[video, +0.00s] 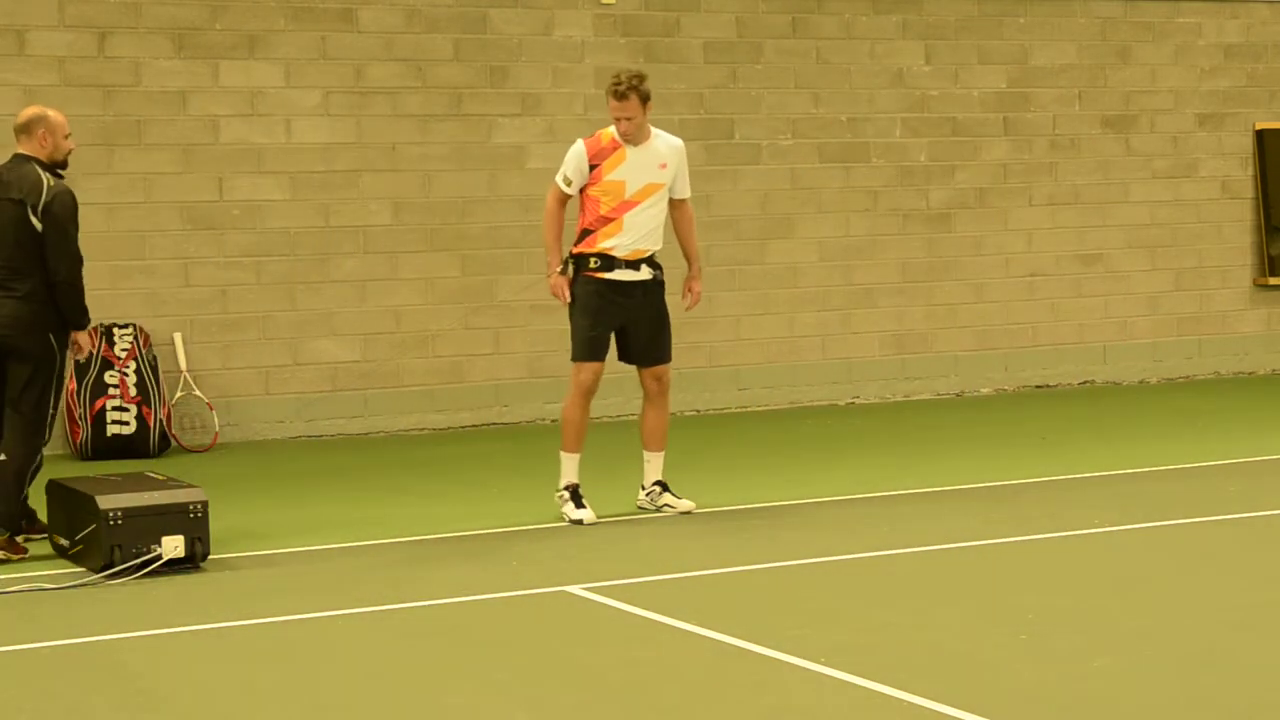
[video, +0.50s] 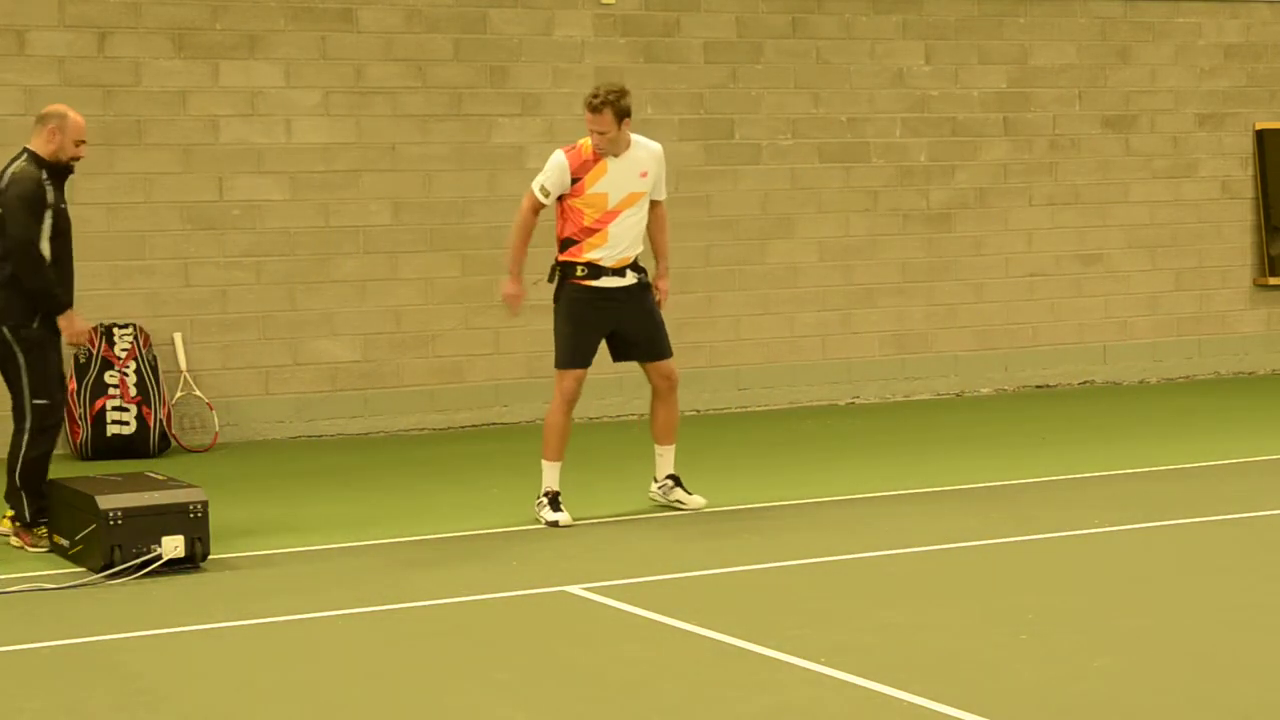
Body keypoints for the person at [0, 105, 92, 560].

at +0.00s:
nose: (72, 145)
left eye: (70, 136)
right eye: (66, 137)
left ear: (31, 137)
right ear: (42, 138)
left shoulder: (3, 178)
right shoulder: (53, 193)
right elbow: (64, 269)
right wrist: (78, 323)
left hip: (5, 322)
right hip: (32, 327)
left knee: (18, 422)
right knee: (26, 427)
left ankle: (20, 515)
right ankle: (4, 529)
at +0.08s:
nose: (73, 147)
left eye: (72, 138)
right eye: (67, 139)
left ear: (33, 140)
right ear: (42, 140)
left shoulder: (7, 179)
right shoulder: (52, 194)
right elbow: (61, 269)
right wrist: (82, 327)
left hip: (7, 322)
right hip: (32, 327)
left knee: (24, 423)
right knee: (31, 427)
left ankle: (23, 516)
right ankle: (6, 527)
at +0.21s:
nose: (78, 148)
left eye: (77, 139)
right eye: (73, 139)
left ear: (38, 137)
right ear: (47, 137)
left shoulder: (6, 176)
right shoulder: (52, 186)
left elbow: (12, 253)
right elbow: (60, 258)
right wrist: (80, 319)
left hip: (2, 316)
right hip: (29, 318)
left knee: (21, 417)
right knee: (49, 419)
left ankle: (26, 517)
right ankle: (1, 515)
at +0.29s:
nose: (81, 150)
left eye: (81, 141)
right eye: (76, 141)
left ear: (42, 135)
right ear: (50, 136)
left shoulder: (9, 175)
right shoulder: (48, 183)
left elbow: (15, 253)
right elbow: (58, 255)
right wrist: (79, 315)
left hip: (3, 313)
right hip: (26, 314)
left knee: (21, 414)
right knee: (52, 410)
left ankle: (24, 516)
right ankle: (4, 513)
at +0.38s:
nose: (83, 152)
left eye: (84, 143)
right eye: (79, 142)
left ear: (49, 135)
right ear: (51, 135)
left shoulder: (22, 171)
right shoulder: (42, 182)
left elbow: (28, 254)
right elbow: (47, 256)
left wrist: (62, 309)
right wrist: (74, 312)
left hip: (15, 312)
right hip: (22, 315)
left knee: (30, 413)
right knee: (47, 413)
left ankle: (20, 514)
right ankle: (12, 516)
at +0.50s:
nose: (82, 152)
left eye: (83, 144)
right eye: (78, 143)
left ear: (53, 137)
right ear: (50, 135)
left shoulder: (47, 177)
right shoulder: (25, 180)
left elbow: (47, 253)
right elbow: (24, 253)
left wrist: (64, 312)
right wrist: (63, 310)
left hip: (34, 319)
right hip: (17, 319)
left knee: (46, 411)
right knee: (37, 413)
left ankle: (28, 510)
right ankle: (24, 518)